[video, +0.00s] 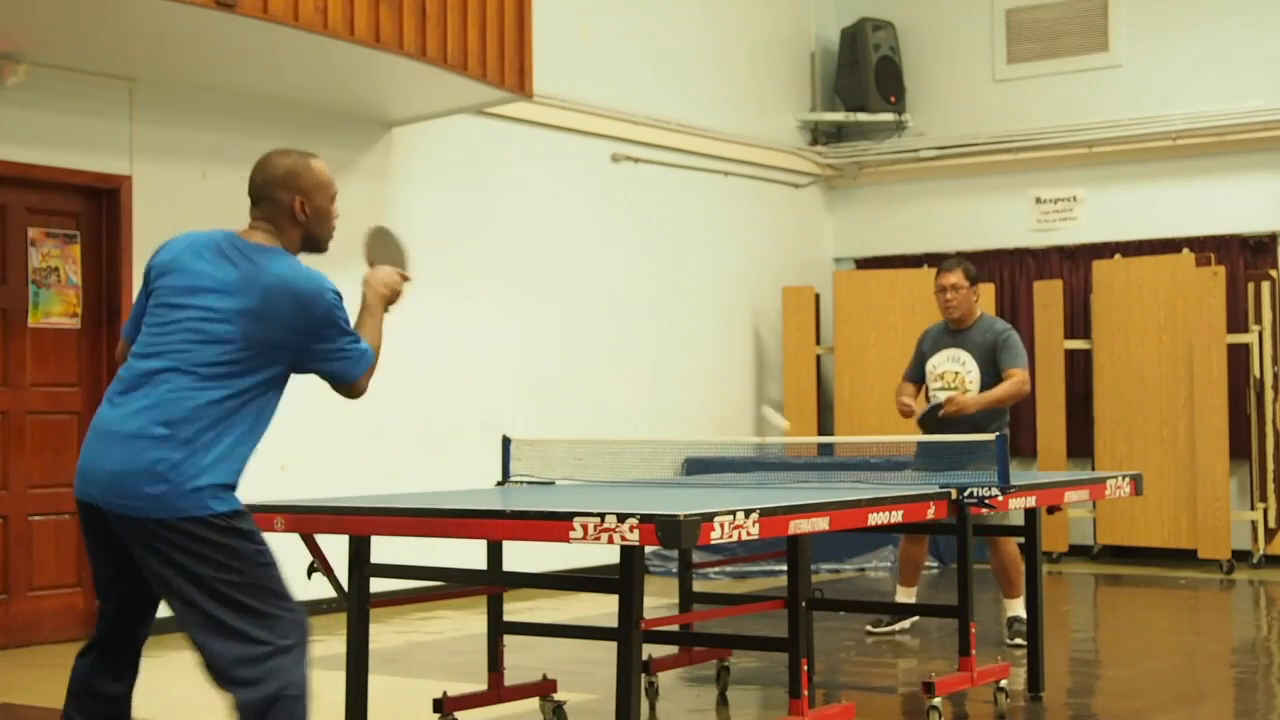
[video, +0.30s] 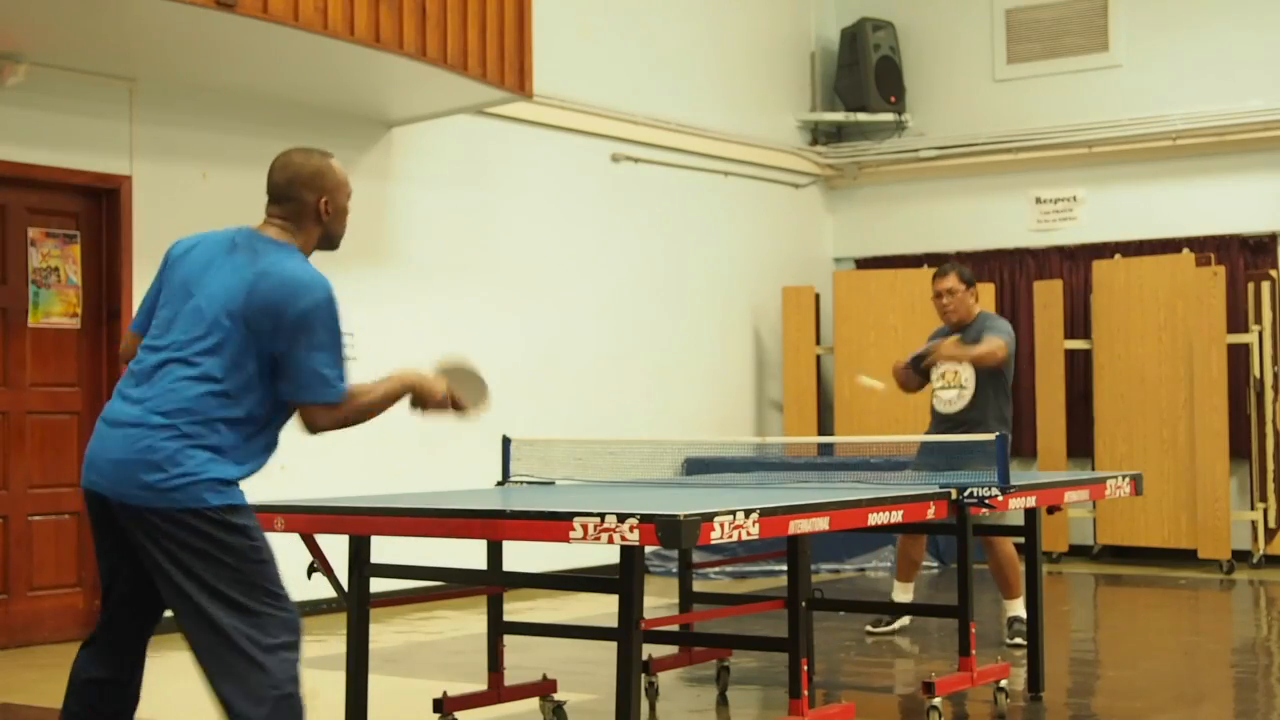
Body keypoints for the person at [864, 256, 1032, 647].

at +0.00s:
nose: (947, 297)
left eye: (955, 290)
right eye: (941, 291)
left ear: (974, 291)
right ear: (935, 295)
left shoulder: (1000, 334)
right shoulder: (930, 338)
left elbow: (1020, 384)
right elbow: (908, 387)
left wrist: (975, 401)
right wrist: (907, 402)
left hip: (982, 449)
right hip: (933, 449)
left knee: (996, 528)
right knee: (914, 524)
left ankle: (1016, 615)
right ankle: (904, 609)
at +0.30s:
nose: (943, 303)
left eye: (950, 294)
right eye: (938, 297)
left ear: (972, 294)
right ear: (935, 299)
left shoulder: (995, 327)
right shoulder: (940, 337)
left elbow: (994, 353)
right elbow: (912, 384)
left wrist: (946, 353)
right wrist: (902, 371)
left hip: (983, 447)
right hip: (937, 446)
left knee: (992, 528)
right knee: (912, 519)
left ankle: (1016, 614)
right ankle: (900, 606)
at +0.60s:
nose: (946, 298)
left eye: (954, 290)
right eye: (939, 291)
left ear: (973, 294)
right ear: (933, 297)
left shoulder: (992, 334)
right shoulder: (930, 342)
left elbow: (1001, 376)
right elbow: (911, 388)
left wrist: (973, 375)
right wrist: (908, 391)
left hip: (979, 448)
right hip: (932, 448)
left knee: (989, 528)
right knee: (914, 523)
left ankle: (1016, 615)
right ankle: (906, 610)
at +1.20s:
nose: (944, 308)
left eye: (951, 300)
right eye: (938, 302)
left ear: (972, 302)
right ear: (933, 307)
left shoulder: (999, 341)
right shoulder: (933, 347)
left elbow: (1020, 393)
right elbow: (921, 396)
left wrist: (973, 432)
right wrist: (909, 428)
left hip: (987, 455)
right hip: (940, 452)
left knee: (1002, 532)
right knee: (917, 524)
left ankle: (1026, 614)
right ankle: (907, 610)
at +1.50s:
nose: (910, 307)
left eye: (918, 299)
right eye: (905, 301)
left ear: (942, 300)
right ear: (903, 306)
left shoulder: (968, 341)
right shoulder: (913, 346)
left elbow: (967, 401)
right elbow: (889, 391)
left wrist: (931, 444)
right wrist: (875, 367)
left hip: (970, 452)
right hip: (925, 453)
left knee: (991, 531)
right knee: (903, 524)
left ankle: (1024, 614)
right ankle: (909, 611)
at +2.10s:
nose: (846, 301)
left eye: (853, 292)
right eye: (842, 295)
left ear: (875, 291)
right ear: (839, 299)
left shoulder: (905, 330)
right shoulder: (847, 344)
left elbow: (920, 388)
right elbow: (832, 394)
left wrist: (922, 441)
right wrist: (814, 380)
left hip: (897, 444)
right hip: (863, 446)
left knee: (883, 521)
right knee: (887, 522)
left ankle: (865, 610)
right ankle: (909, 607)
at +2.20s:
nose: (843, 299)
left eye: (850, 291)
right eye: (838, 293)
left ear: (872, 290)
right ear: (835, 297)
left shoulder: (898, 331)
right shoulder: (843, 340)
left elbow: (913, 391)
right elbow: (830, 390)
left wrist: (920, 445)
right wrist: (813, 405)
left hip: (888, 446)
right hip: (854, 448)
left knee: (870, 524)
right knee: (880, 525)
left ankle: (859, 614)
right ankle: (908, 607)